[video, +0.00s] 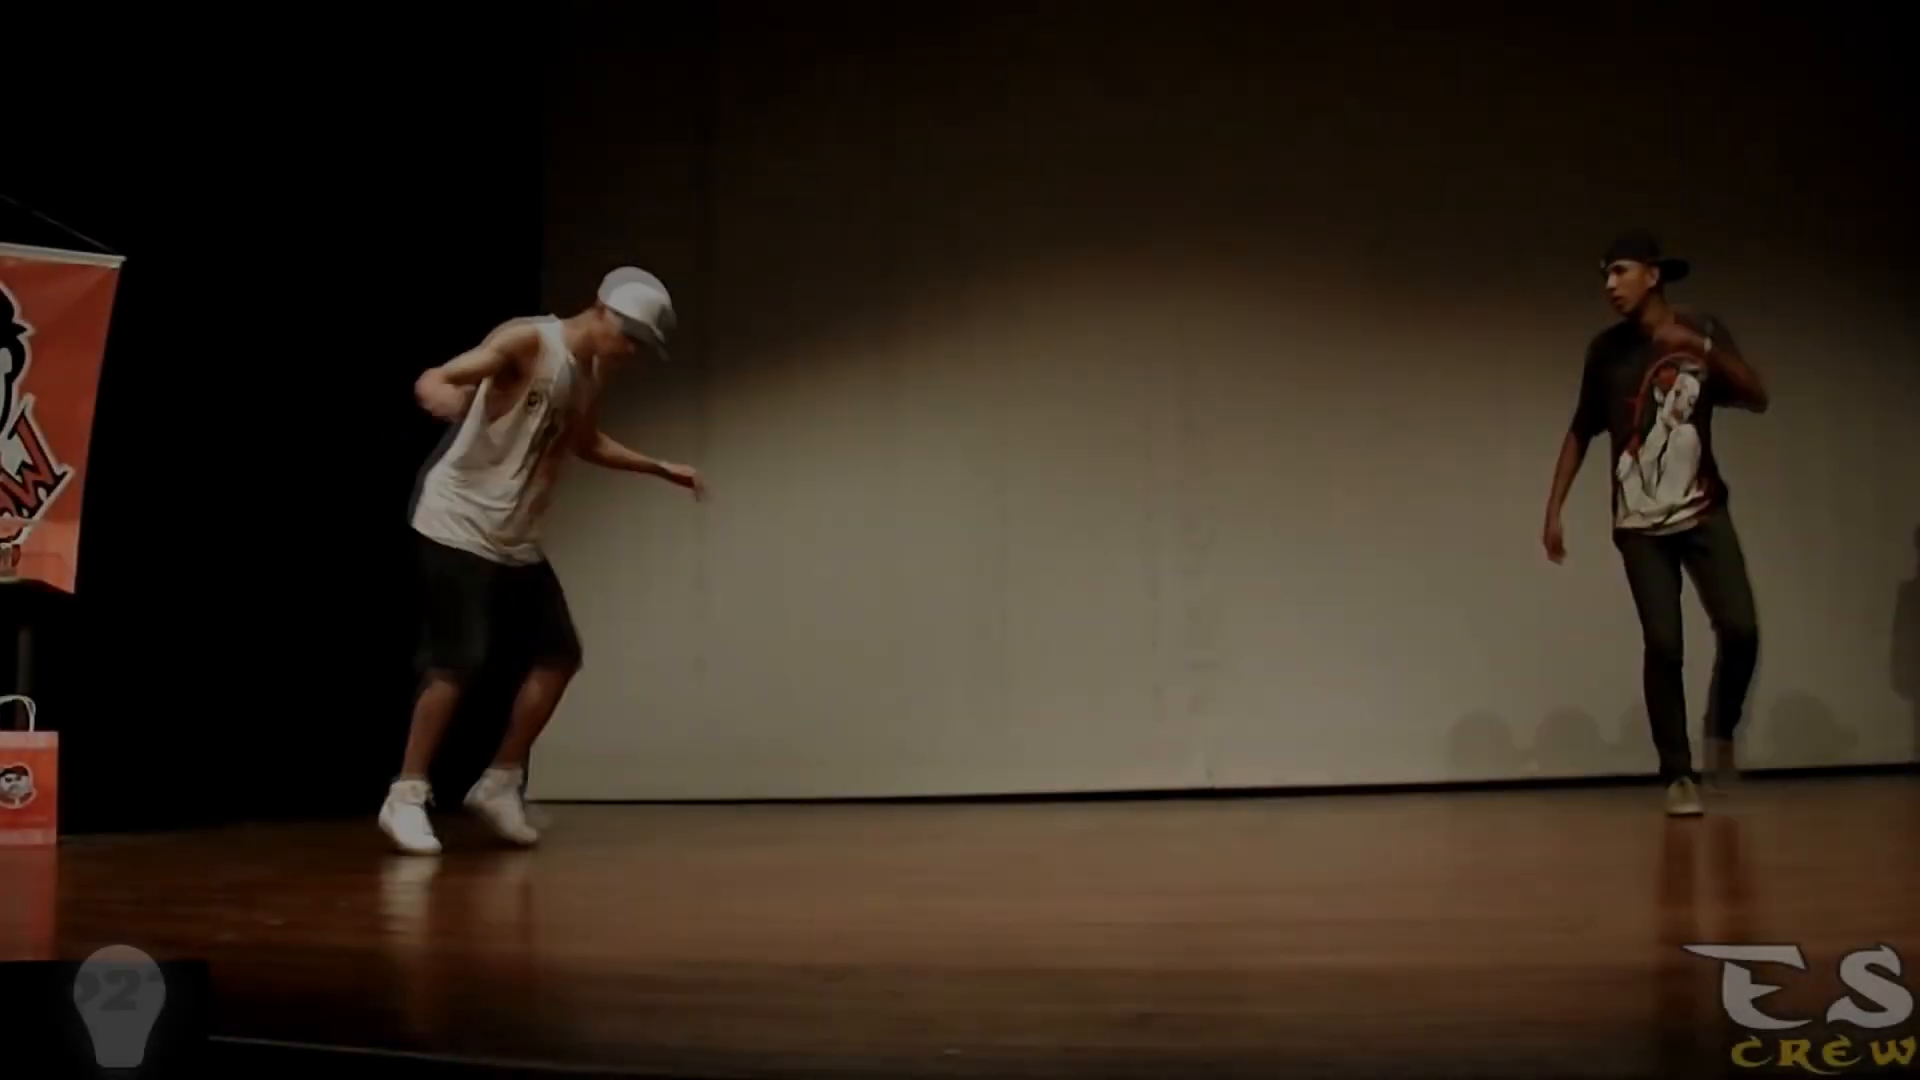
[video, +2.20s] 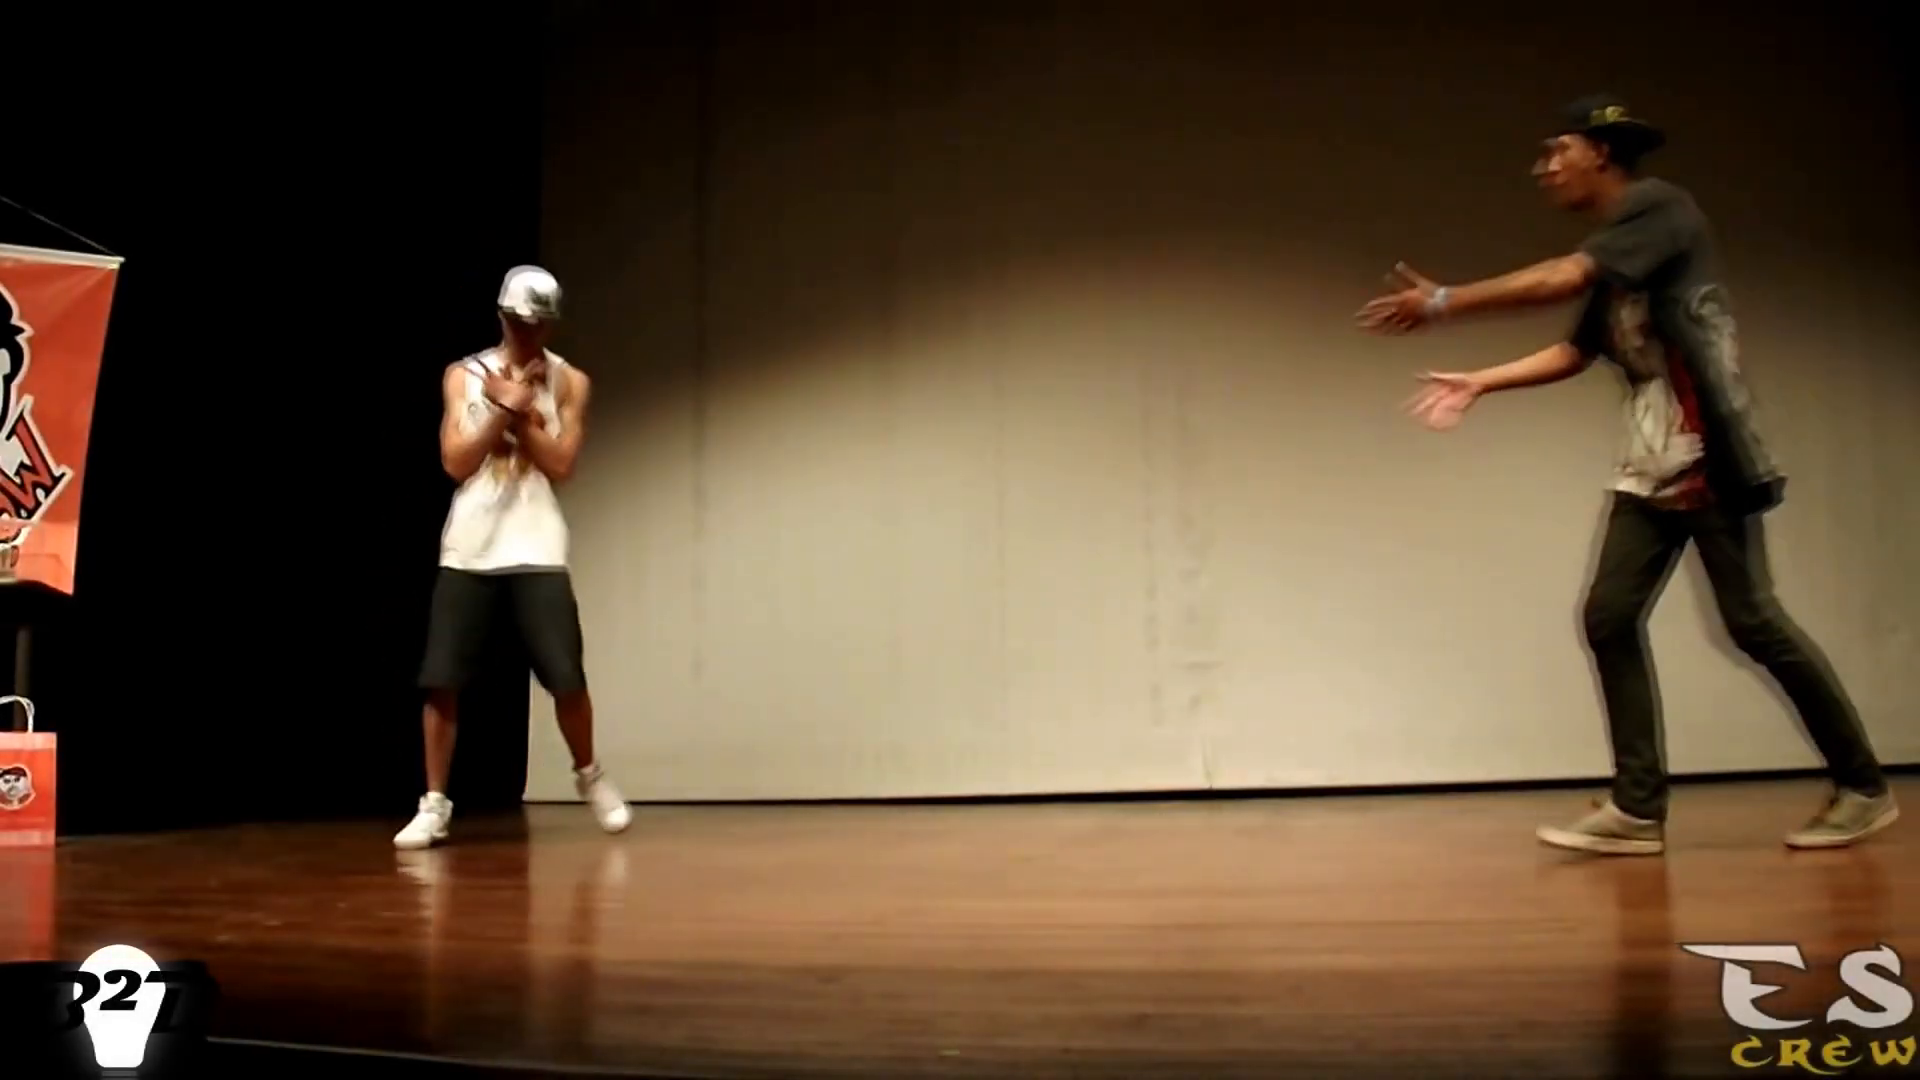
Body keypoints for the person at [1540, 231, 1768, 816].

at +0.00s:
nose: (1610, 284)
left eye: (1621, 272)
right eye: (1608, 274)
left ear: (1654, 277)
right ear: (1617, 284)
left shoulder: (1701, 335)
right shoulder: (1606, 349)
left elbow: (1756, 397)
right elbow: (1581, 431)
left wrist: (1700, 350)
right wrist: (1552, 510)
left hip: (1702, 513)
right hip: (1640, 524)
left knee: (1740, 631)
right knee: (1664, 646)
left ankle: (1720, 735)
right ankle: (1677, 776)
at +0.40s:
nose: (1648, 268)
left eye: (1658, 255)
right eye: (1642, 259)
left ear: (1692, 257)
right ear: (1642, 269)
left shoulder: (1733, 319)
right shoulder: (1642, 333)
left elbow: (1763, 290)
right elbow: (1609, 416)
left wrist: (1717, 233)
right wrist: (1574, 468)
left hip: (1739, 502)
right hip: (1671, 512)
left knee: (1763, 633)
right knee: (1679, 645)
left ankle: (1792, 782)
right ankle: (1679, 778)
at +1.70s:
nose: (1661, 160)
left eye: (1673, 145)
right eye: (1658, 150)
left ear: (1715, 148)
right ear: (1668, 164)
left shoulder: (1768, 218)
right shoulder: (1686, 248)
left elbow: (1740, 186)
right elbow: (1674, 365)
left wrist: (1718, 118)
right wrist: (1604, 421)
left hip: (1778, 456)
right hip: (1706, 469)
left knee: (1804, 618)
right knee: (1713, 637)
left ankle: (1872, 799)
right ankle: (1752, 794)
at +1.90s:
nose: (1641, 140)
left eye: (1651, 126)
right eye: (1639, 132)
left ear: (1696, 132)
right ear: (1679, 139)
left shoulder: (1753, 190)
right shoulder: (1678, 231)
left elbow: (1691, 196)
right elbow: (1665, 347)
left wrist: (1601, 133)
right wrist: (1562, 371)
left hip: (1779, 441)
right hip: (1708, 444)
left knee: (1813, 616)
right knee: (1658, 600)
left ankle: (1874, 799)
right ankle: (1736, 775)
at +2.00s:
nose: (1619, 150)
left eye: (1630, 135)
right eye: (1619, 139)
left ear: (1674, 135)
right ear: (1662, 144)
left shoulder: (1731, 188)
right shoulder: (1666, 228)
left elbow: (1641, 208)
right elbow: (1640, 343)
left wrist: (1521, 184)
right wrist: (1533, 363)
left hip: (1769, 438)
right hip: (1701, 444)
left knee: (1809, 615)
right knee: (1647, 604)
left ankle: (1875, 801)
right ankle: (1682, 796)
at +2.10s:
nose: (1588, 158)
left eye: (1600, 143)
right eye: (1589, 146)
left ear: (1644, 143)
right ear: (1632, 152)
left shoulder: (1700, 193)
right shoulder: (1644, 238)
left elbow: (1603, 238)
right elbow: (1608, 343)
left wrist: (1473, 250)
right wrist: (1510, 368)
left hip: (1747, 447)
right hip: (1681, 454)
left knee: (1792, 619)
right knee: (1632, 610)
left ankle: (1872, 798)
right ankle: (1641, 805)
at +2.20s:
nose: (1545, 165)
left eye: (1558, 150)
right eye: (1546, 153)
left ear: (1602, 153)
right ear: (1589, 161)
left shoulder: (1661, 208)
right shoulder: (1614, 247)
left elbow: (1565, 276)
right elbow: (1573, 353)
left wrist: (1442, 301)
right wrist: (1479, 380)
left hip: (1717, 467)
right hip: (1650, 473)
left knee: (1757, 623)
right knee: (1609, 619)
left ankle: (1864, 788)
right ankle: (1637, 811)